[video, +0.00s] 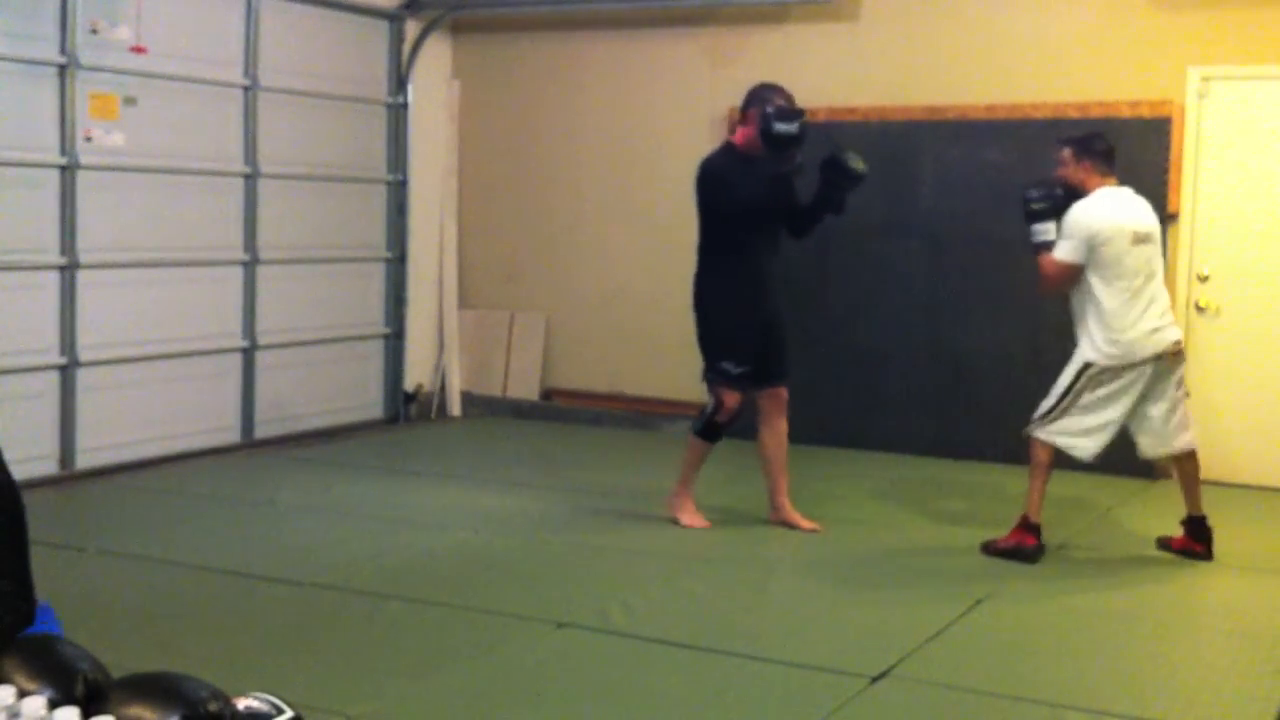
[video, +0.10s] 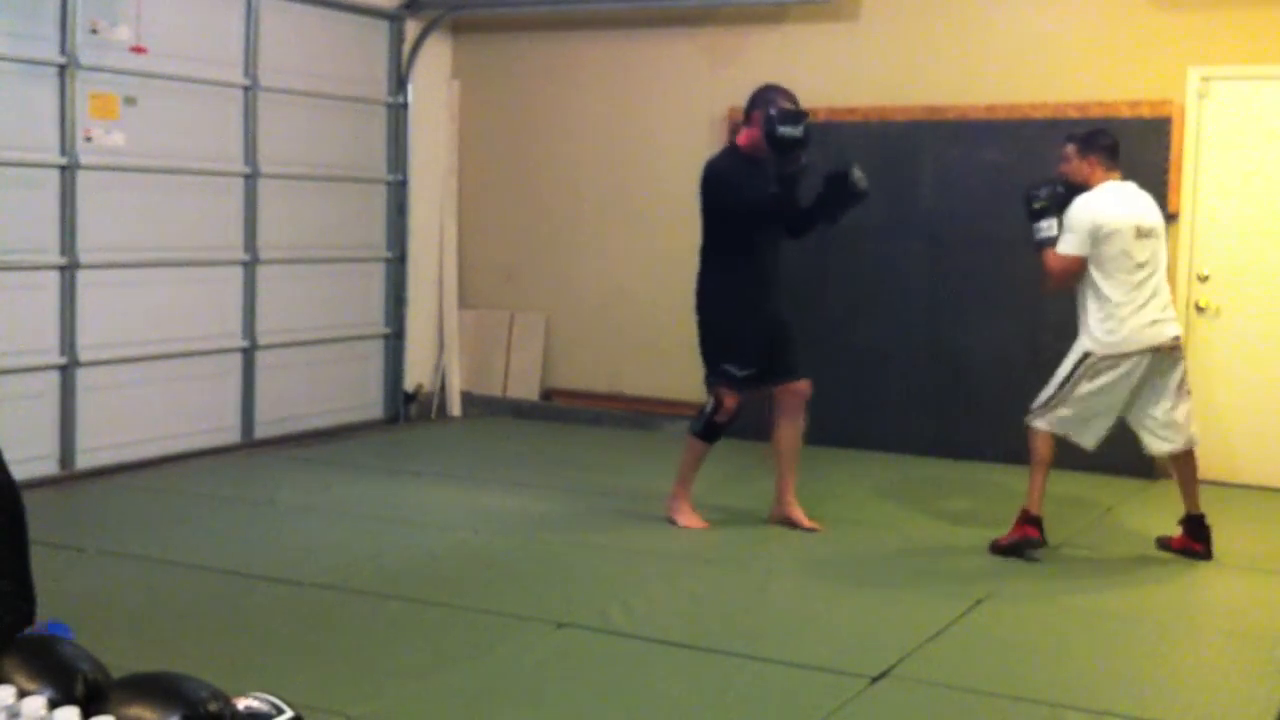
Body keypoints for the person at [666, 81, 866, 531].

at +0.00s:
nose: (777, 139)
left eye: (783, 130)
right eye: (771, 129)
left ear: (783, 127)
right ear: (749, 120)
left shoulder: (771, 168)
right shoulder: (717, 169)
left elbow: (797, 226)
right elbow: (744, 220)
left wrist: (832, 189)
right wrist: (777, 162)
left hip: (760, 291)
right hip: (720, 293)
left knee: (775, 396)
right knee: (728, 399)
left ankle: (780, 505)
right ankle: (681, 496)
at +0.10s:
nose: (784, 137)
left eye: (789, 128)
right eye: (777, 127)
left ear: (786, 127)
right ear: (754, 121)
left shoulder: (770, 169)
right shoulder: (724, 170)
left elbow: (794, 225)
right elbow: (778, 221)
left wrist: (837, 197)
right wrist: (787, 167)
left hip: (761, 297)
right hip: (724, 298)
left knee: (794, 389)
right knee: (726, 398)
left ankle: (785, 502)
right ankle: (679, 498)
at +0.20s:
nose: (801, 136)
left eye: (806, 127)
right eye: (794, 125)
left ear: (800, 127)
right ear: (765, 122)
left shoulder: (780, 170)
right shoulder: (732, 171)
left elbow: (791, 226)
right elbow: (774, 223)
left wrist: (832, 206)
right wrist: (794, 171)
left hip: (769, 301)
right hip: (729, 303)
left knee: (811, 390)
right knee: (726, 400)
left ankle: (809, 501)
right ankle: (677, 499)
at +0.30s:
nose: (806, 136)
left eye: (811, 128)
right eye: (799, 126)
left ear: (810, 127)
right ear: (773, 122)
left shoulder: (786, 170)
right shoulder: (740, 171)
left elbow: (799, 224)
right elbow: (777, 223)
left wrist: (845, 213)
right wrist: (801, 169)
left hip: (779, 301)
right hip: (740, 302)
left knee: (812, 394)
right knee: (734, 402)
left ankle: (812, 503)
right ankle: (680, 496)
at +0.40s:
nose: (814, 137)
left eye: (818, 129)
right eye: (806, 127)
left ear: (816, 128)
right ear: (780, 125)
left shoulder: (798, 172)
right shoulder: (748, 172)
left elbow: (824, 222)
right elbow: (775, 222)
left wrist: (877, 212)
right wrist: (807, 168)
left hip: (787, 297)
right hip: (748, 299)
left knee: (815, 395)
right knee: (747, 400)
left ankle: (812, 503)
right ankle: (685, 491)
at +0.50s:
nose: (809, 134)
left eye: (812, 125)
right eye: (801, 124)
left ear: (811, 125)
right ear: (774, 123)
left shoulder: (804, 169)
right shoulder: (752, 174)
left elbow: (826, 221)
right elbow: (786, 221)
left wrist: (877, 220)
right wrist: (818, 168)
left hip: (796, 298)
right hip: (754, 299)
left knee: (825, 392)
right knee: (748, 396)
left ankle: (814, 502)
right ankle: (682, 481)